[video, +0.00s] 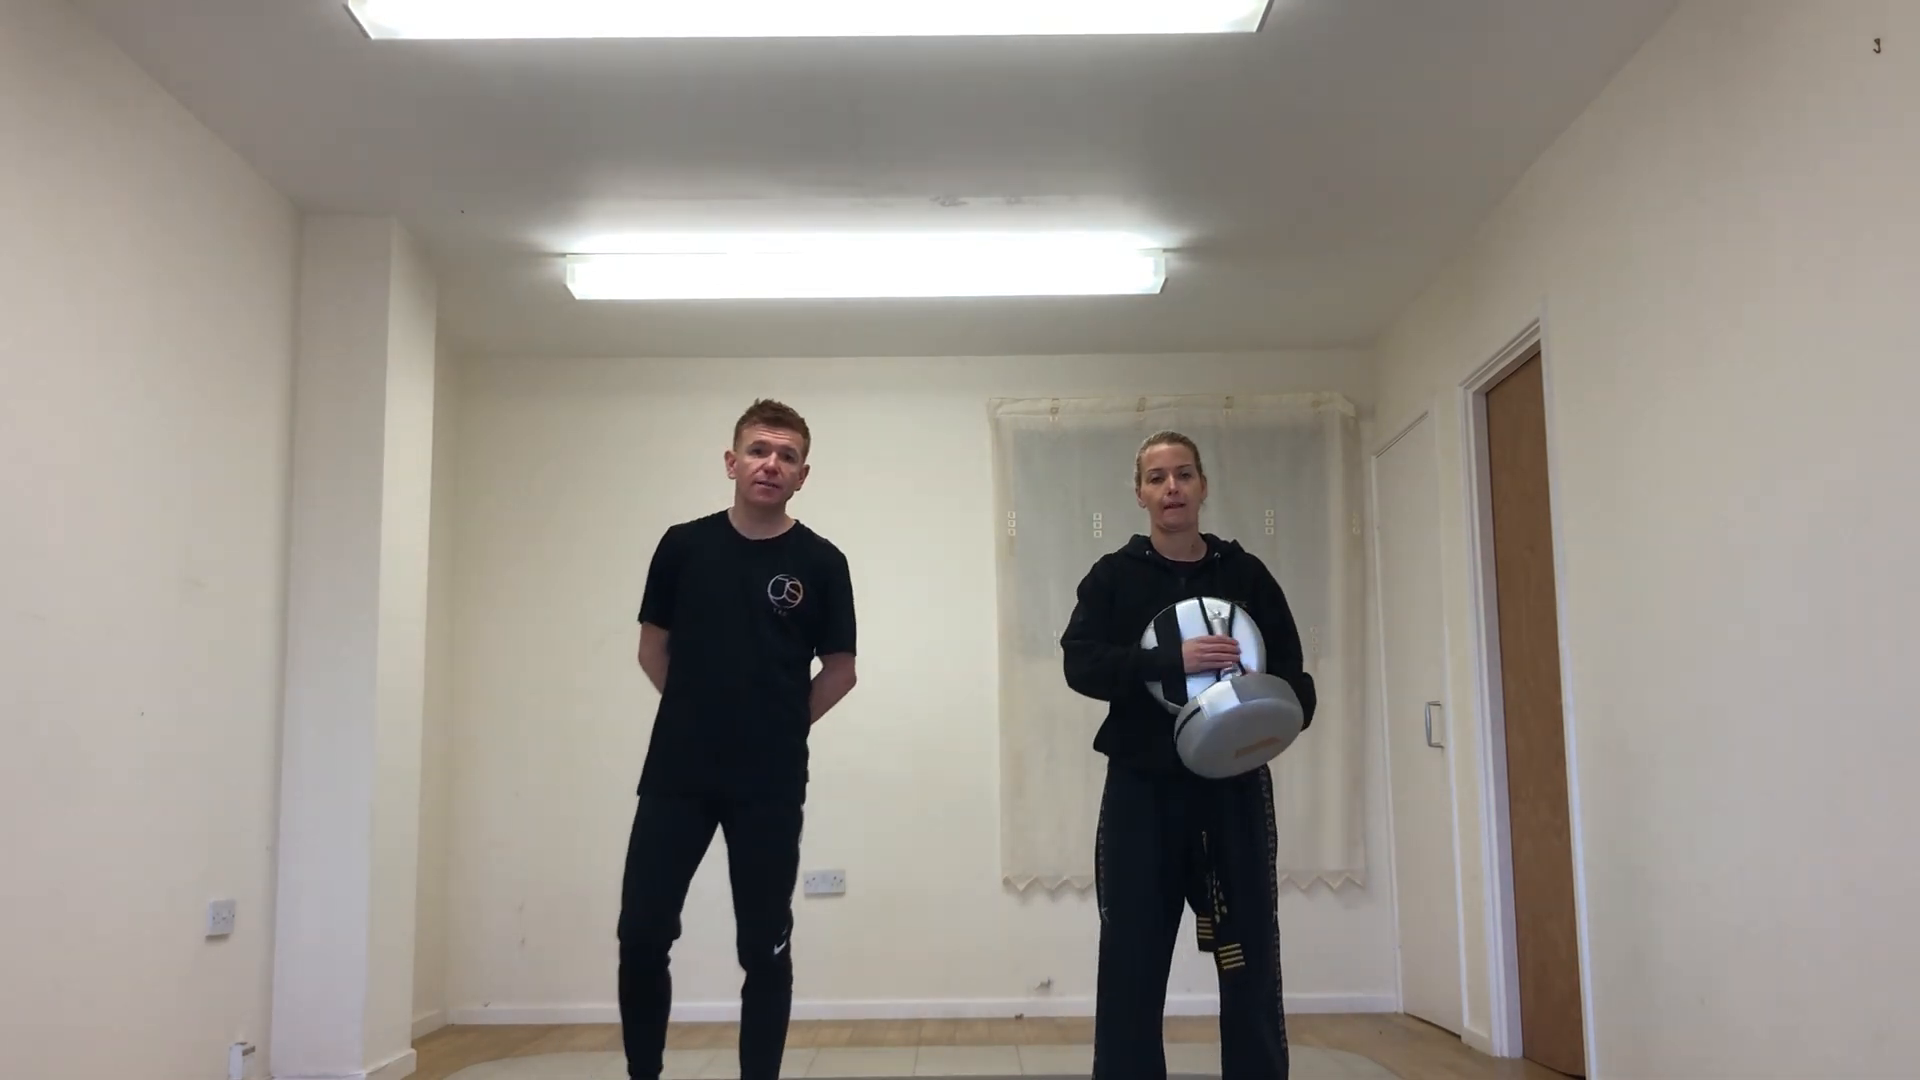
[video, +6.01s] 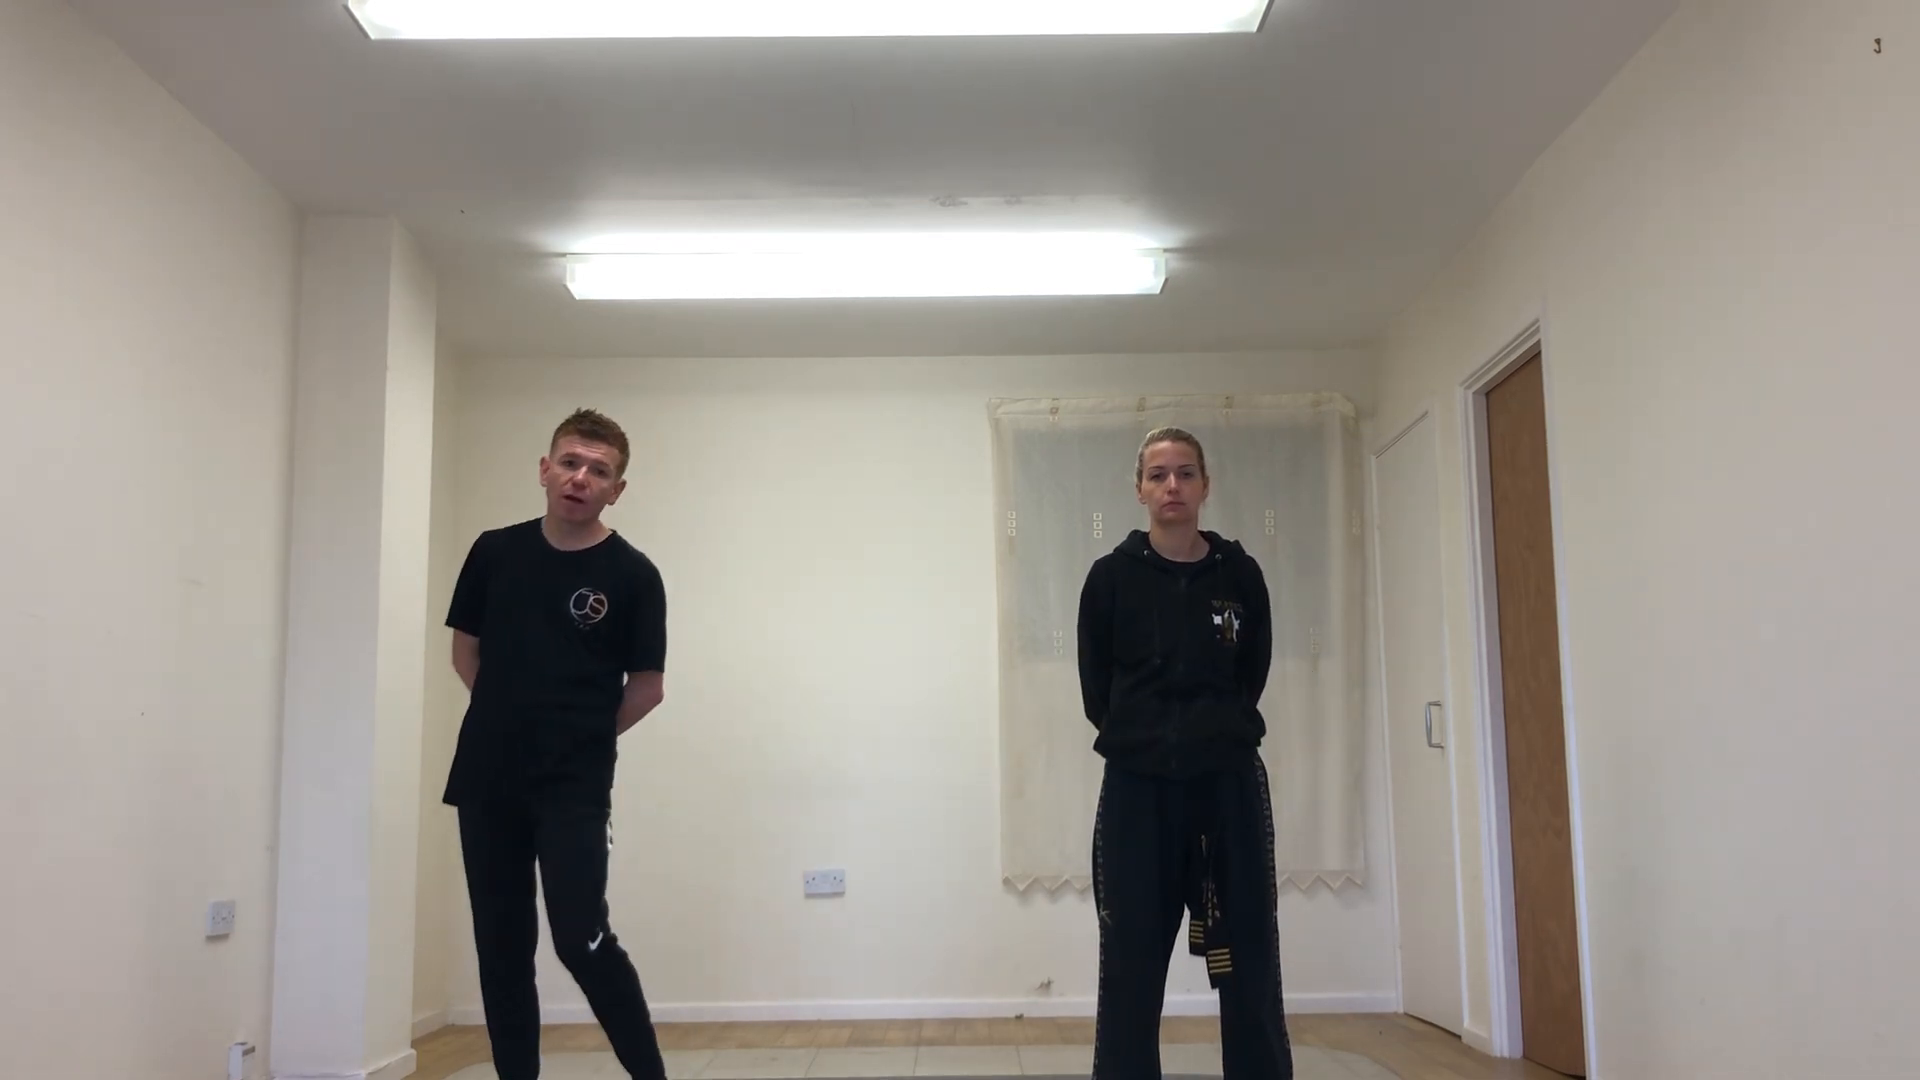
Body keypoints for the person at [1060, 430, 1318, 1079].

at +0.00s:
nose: (1171, 486)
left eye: (1183, 474)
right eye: (1157, 477)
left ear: (1203, 487)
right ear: (1140, 494)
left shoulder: (1246, 572)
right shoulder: (1113, 575)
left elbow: (1292, 677)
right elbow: (1080, 666)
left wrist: (1272, 717)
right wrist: (1171, 659)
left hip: (1236, 789)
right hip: (1142, 790)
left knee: (1251, 972)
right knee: (1131, 975)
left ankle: (1257, 1078)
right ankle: (1128, 1079)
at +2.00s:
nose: (1168, 485)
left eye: (1179, 473)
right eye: (1154, 477)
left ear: (1200, 485)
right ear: (1137, 494)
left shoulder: (1240, 569)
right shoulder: (1109, 575)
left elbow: (1308, 652)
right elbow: (1077, 667)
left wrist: (1279, 664)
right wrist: (1157, 691)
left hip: (1231, 783)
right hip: (1138, 786)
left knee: (1248, 962)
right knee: (1131, 968)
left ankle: (1258, 1077)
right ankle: (1127, 1077)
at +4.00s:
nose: (1178, 490)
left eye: (1191, 478)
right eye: (1164, 479)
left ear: (1209, 488)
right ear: (1146, 490)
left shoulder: (1241, 571)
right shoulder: (1112, 574)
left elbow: (1257, 669)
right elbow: (1095, 679)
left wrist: (1218, 730)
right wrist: (1137, 737)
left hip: (1230, 780)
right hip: (1138, 781)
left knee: (1249, 960)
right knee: (1131, 964)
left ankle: (1260, 1075)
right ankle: (1125, 1077)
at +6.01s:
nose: (1172, 485)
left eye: (1184, 473)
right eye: (1158, 474)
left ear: (1205, 485)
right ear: (1140, 488)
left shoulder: (1239, 570)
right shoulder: (1110, 575)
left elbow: (1255, 670)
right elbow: (1095, 683)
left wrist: (1217, 731)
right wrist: (1140, 740)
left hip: (1231, 780)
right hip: (1139, 782)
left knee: (1249, 962)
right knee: (1130, 966)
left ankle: (1261, 1077)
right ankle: (1124, 1078)